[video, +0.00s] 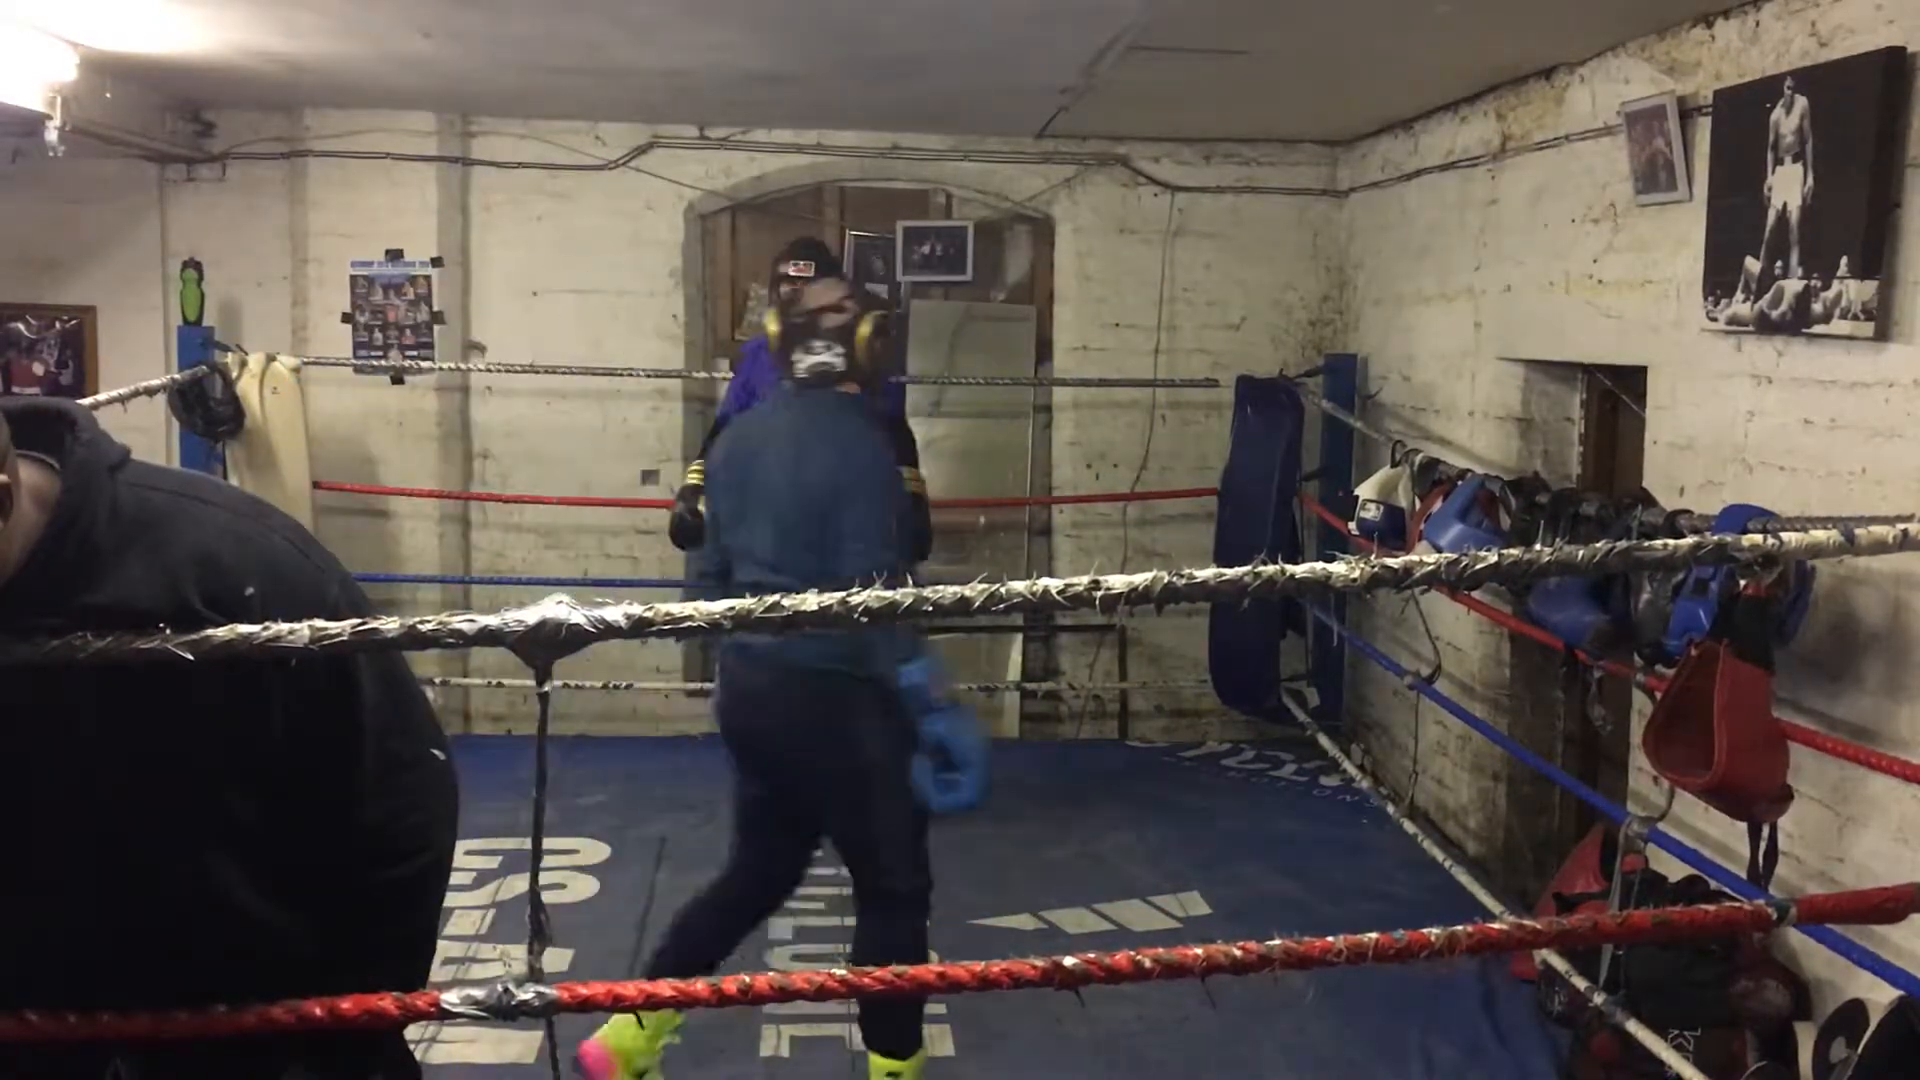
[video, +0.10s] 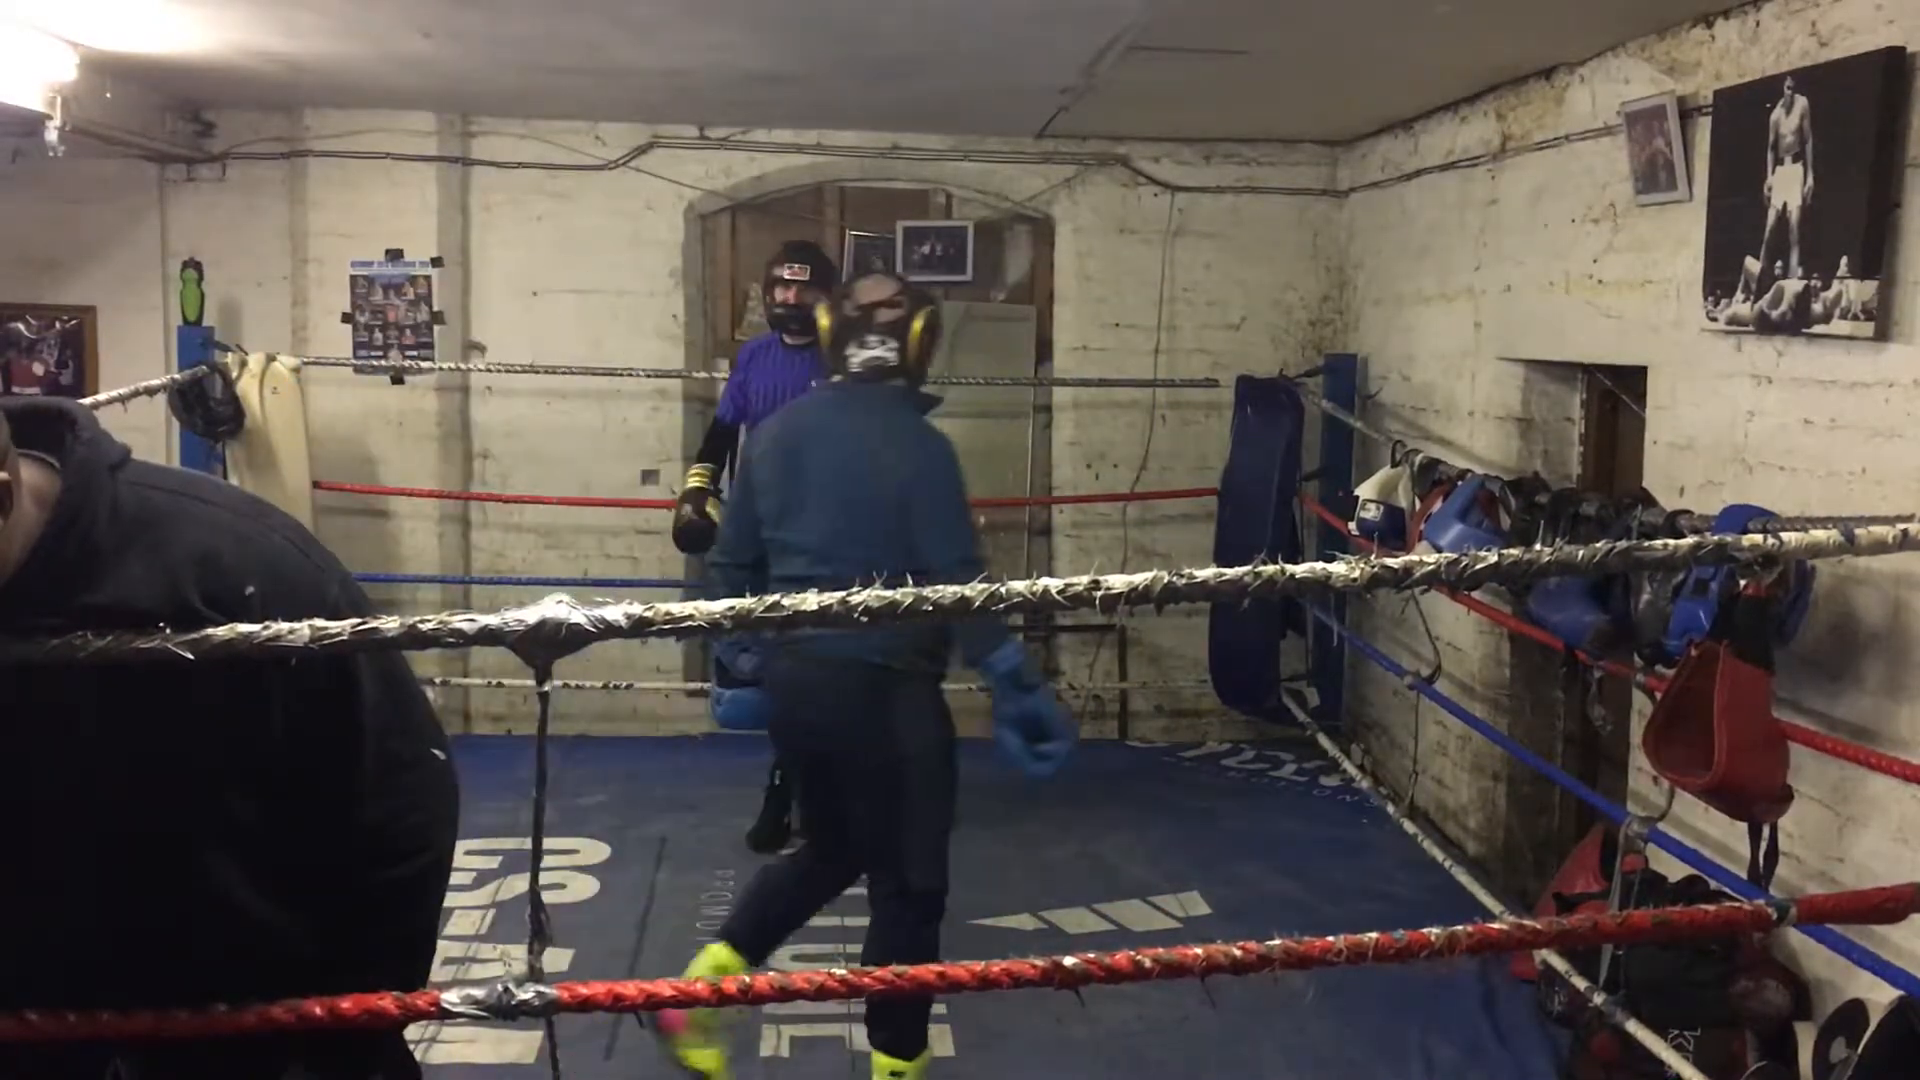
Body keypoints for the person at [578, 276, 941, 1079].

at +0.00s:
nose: (886, 359)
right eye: (879, 345)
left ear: (786, 352)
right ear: (862, 351)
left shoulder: (736, 439)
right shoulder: (859, 444)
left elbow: (709, 576)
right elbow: (874, 587)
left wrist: (725, 664)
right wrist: (928, 699)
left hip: (753, 688)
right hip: (838, 693)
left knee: (761, 872)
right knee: (894, 880)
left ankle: (628, 1040)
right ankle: (894, 1061)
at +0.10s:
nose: (920, 352)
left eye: (912, 334)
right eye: (919, 339)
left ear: (834, 343)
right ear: (916, 346)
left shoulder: (772, 436)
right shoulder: (919, 446)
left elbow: (733, 563)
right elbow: (957, 581)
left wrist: (733, 670)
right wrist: (1014, 678)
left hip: (797, 685)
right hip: (893, 689)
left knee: (835, 844)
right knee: (912, 876)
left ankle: (712, 976)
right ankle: (896, 1058)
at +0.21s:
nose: (951, 346)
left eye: (941, 329)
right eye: (952, 334)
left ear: (865, 338)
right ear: (953, 342)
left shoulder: (804, 433)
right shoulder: (969, 444)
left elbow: (754, 560)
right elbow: (1021, 571)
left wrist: (749, 660)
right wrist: (1078, 661)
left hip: (820, 676)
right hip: (920, 684)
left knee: (875, 826)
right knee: (926, 866)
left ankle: (806, 978)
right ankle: (900, 1055)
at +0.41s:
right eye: (1001, 350)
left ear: (926, 358)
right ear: (1006, 359)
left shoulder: (869, 442)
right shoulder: (1042, 447)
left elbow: (804, 563)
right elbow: (1099, 564)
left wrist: (823, 641)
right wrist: (1150, 646)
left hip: (885, 681)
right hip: (987, 687)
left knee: (953, 846)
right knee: (944, 868)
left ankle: (993, 1018)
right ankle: (903, 1059)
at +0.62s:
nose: (1032, 349)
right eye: (1031, 337)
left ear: (952, 347)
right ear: (1031, 348)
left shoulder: (906, 432)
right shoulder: (1068, 430)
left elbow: (841, 548)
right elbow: (1111, 556)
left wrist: (850, 606)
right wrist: (1143, 648)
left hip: (935, 674)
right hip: (1033, 673)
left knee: (974, 835)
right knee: (1070, 837)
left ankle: (988, 1005)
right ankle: (981, 987)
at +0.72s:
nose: (1041, 344)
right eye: (1039, 332)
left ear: (964, 344)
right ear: (1041, 344)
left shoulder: (922, 428)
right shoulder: (1081, 426)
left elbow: (850, 545)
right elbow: (1118, 553)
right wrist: (1144, 642)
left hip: (954, 669)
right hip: (1055, 664)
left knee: (983, 840)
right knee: (1104, 817)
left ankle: (997, 1017)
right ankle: (1045, 952)